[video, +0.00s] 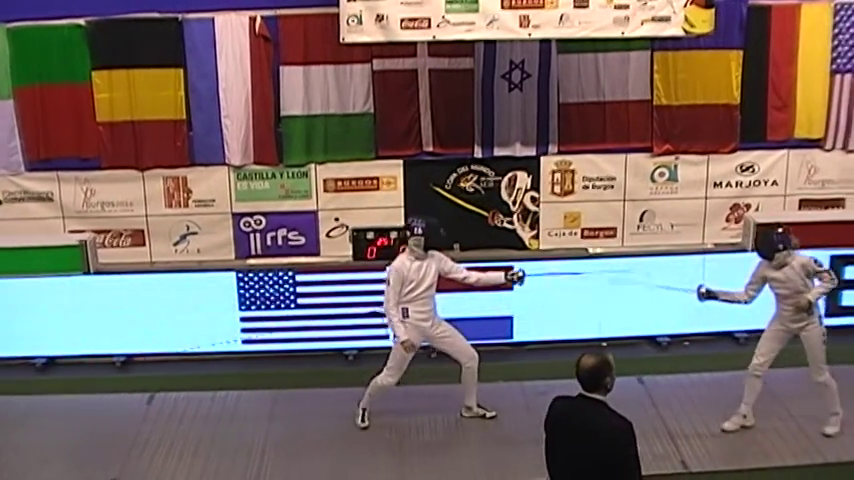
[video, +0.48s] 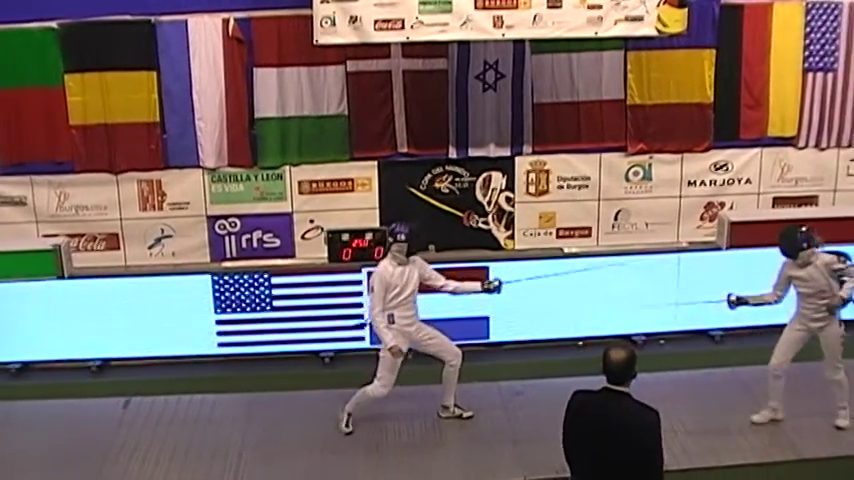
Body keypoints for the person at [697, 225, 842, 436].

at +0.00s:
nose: (769, 262)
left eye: (771, 257)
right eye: (766, 258)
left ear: (782, 251)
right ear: (765, 255)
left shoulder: (803, 263)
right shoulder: (764, 268)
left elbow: (830, 280)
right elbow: (746, 296)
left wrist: (810, 298)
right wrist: (713, 295)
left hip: (809, 323)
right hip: (781, 322)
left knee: (820, 375)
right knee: (757, 367)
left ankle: (835, 416)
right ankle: (744, 415)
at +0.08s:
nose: (785, 260)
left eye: (785, 256)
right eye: (779, 258)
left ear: (784, 253)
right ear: (770, 257)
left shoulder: (803, 267)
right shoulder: (765, 272)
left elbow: (830, 285)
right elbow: (747, 299)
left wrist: (811, 301)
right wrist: (713, 299)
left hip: (808, 327)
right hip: (781, 325)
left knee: (823, 377)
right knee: (755, 369)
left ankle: (847, 412)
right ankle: (744, 415)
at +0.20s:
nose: (785, 274)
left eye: (788, 270)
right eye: (782, 270)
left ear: (796, 262)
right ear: (777, 267)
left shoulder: (814, 276)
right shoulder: (774, 280)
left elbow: (833, 299)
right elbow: (756, 306)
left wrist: (814, 312)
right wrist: (724, 306)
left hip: (814, 335)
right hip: (786, 332)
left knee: (832, 384)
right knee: (751, 370)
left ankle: (853, 412)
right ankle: (738, 415)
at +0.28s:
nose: (792, 274)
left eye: (795, 269)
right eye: (790, 270)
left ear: (802, 262)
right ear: (786, 268)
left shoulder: (820, 275)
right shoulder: (783, 281)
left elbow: (845, 295)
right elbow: (767, 307)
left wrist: (825, 311)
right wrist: (736, 307)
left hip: (824, 335)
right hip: (795, 334)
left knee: (836, 385)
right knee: (761, 371)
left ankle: (852, 413)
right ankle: (737, 413)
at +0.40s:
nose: (800, 262)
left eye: (802, 258)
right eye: (798, 259)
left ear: (807, 252)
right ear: (791, 258)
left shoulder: (827, 266)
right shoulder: (789, 272)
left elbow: (852, 281)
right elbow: (777, 300)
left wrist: (840, 299)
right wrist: (745, 303)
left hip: (830, 326)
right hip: (802, 325)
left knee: (837, 375)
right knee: (772, 367)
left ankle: (848, 413)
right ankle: (748, 410)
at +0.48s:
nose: (797, 259)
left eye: (799, 253)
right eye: (796, 255)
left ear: (805, 248)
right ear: (792, 254)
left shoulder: (827, 261)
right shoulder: (789, 267)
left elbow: (850, 275)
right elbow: (776, 296)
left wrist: (843, 296)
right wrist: (744, 301)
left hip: (829, 323)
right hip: (801, 322)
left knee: (835, 371)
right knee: (776, 366)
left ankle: (843, 411)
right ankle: (774, 410)